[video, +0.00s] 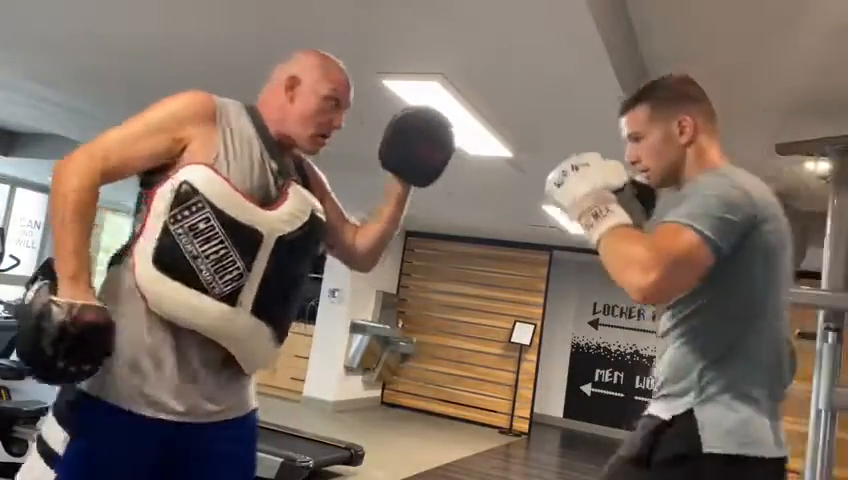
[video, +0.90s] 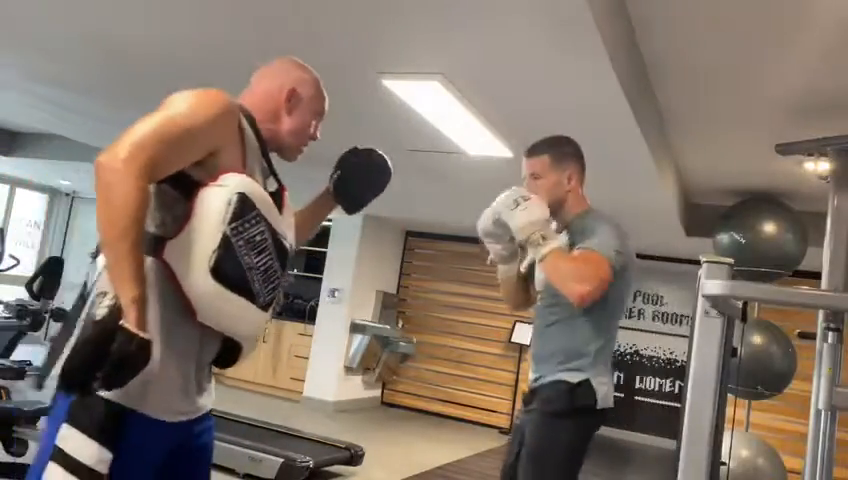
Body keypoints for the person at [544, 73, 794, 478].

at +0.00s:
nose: (630, 157)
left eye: (638, 139)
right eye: (628, 143)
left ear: (684, 129)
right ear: (685, 130)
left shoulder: (728, 190)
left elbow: (649, 276)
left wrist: (594, 210)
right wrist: (629, 219)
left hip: (715, 439)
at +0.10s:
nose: (600, 164)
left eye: (608, 146)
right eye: (599, 151)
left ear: (653, 138)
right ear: (654, 139)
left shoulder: (699, 200)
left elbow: (631, 292)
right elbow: (636, 287)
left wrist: (574, 226)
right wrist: (593, 230)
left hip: (680, 439)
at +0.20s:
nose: (564, 173)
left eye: (571, 156)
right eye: (562, 160)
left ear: (614, 149)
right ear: (615, 150)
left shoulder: (661, 210)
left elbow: (595, 302)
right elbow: (606, 292)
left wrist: (539, 238)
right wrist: (569, 240)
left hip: (649, 436)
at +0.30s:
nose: (536, 180)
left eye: (541, 164)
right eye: (533, 168)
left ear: (582, 154)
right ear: (584, 156)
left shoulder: (629, 210)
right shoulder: (637, 209)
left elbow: (552, 296)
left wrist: (509, 227)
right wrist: (542, 231)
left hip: (620, 425)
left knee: (536, 468)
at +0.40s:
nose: (526, 176)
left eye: (529, 163)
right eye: (523, 166)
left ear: (567, 149)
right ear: (568, 150)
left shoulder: (604, 202)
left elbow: (520, 270)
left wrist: (493, 201)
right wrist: (523, 209)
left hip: (600, 405)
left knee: (526, 471)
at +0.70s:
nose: (515, 187)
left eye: (519, 175)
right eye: (513, 178)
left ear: (555, 171)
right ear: (555, 172)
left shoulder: (590, 220)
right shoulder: (580, 222)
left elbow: (528, 274)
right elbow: (530, 272)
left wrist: (499, 219)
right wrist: (503, 222)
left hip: (574, 396)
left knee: (520, 473)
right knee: (525, 472)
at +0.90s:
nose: (527, 189)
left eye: (536, 178)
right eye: (526, 179)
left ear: (571, 180)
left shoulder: (602, 232)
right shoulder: (559, 238)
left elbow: (582, 287)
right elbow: (517, 301)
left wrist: (537, 235)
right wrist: (506, 253)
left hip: (575, 390)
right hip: (545, 387)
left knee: (539, 473)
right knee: (513, 472)